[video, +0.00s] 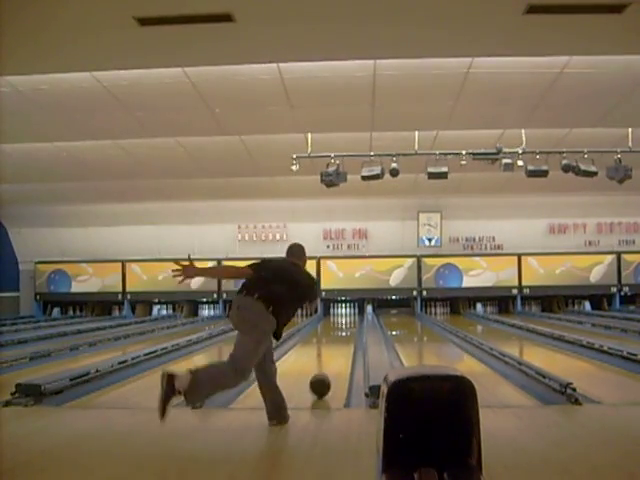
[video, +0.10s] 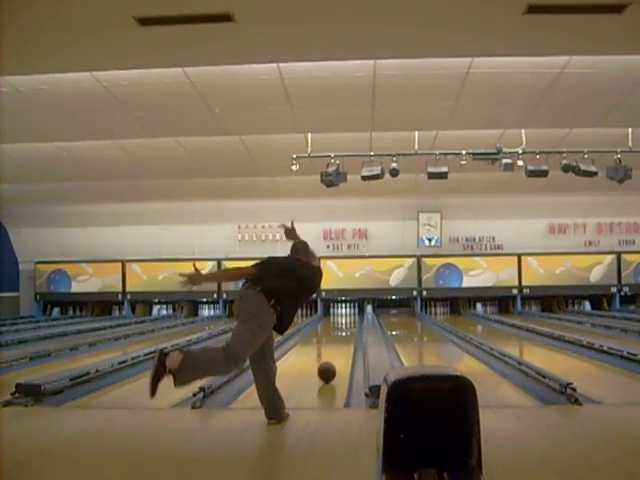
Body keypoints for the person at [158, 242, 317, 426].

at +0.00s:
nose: (301, 263)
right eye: (303, 259)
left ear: (287, 255)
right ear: (304, 260)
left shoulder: (272, 264)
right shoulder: (309, 282)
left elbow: (237, 272)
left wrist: (198, 271)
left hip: (239, 308)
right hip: (261, 319)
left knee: (266, 368)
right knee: (238, 370)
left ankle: (277, 415)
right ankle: (179, 383)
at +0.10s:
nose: (314, 259)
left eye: (311, 255)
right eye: (312, 256)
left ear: (293, 255)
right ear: (308, 258)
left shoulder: (276, 262)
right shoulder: (314, 273)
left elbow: (242, 272)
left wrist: (203, 277)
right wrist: (296, 238)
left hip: (246, 299)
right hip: (263, 308)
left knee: (264, 364)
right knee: (231, 358)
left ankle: (275, 414)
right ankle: (172, 362)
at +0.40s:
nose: (317, 248)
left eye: (315, 245)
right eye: (317, 245)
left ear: (298, 242)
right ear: (315, 244)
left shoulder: (281, 254)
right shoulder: (316, 261)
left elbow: (244, 279)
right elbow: (337, 291)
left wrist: (218, 299)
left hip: (246, 293)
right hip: (261, 298)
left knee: (265, 358)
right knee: (240, 350)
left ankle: (275, 413)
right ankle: (176, 350)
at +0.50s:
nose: (317, 248)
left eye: (314, 245)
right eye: (317, 245)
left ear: (299, 241)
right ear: (316, 245)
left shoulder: (282, 253)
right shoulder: (317, 265)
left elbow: (245, 278)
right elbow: (334, 305)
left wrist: (219, 298)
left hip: (246, 293)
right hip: (261, 300)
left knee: (265, 360)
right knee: (238, 349)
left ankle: (275, 413)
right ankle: (176, 348)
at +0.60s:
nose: (317, 246)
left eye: (314, 243)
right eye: (318, 244)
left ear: (299, 241)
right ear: (317, 244)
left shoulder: (282, 253)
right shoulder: (317, 266)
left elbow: (245, 277)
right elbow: (327, 313)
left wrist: (218, 297)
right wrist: (333, 352)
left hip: (247, 290)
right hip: (261, 298)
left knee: (265, 358)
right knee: (236, 348)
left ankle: (275, 413)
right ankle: (175, 343)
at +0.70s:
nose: (317, 245)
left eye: (313, 239)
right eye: (318, 242)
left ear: (301, 238)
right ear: (318, 242)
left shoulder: (283, 250)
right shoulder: (317, 265)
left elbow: (248, 274)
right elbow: (317, 308)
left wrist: (220, 295)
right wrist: (310, 340)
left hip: (248, 288)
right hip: (262, 297)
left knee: (264, 356)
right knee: (237, 347)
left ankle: (274, 412)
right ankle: (177, 342)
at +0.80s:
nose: (316, 240)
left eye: (311, 236)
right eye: (318, 237)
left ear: (301, 235)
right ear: (320, 239)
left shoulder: (283, 248)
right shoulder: (318, 264)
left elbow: (247, 274)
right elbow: (306, 296)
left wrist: (221, 296)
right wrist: (287, 323)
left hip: (247, 287)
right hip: (262, 297)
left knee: (263, 356)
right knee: (240, 347)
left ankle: (273, 412)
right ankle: (179, 348)